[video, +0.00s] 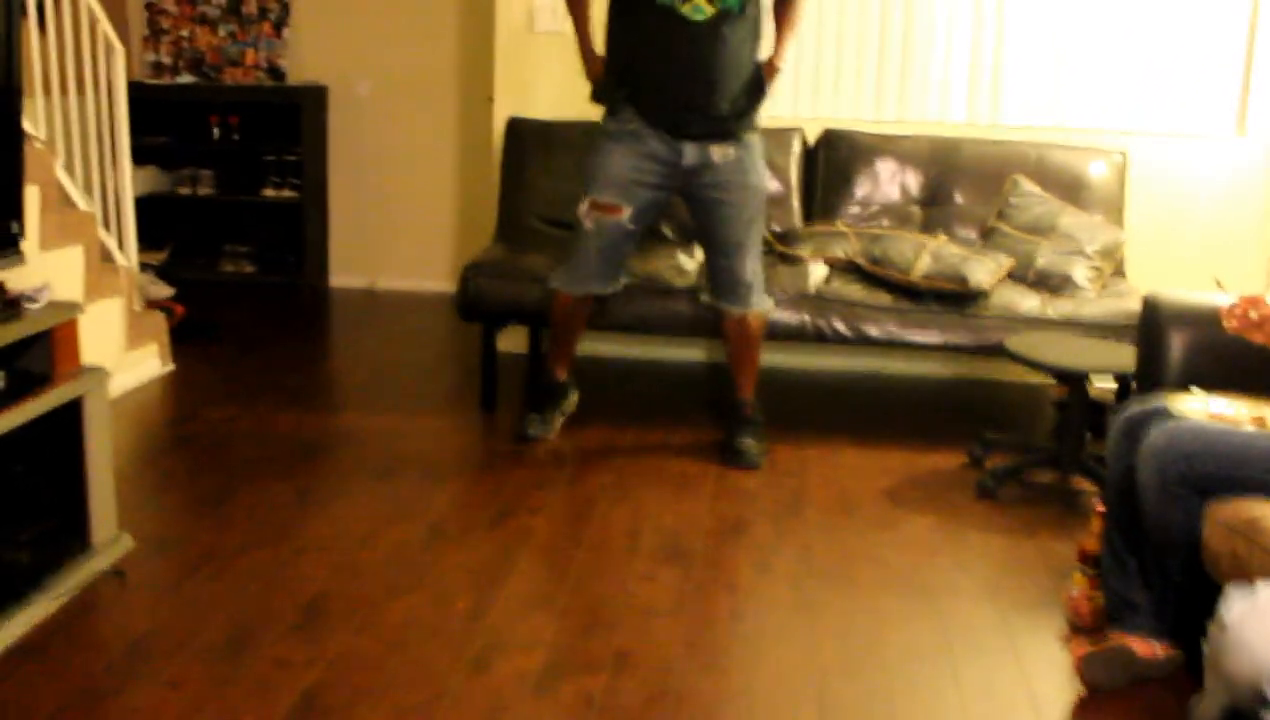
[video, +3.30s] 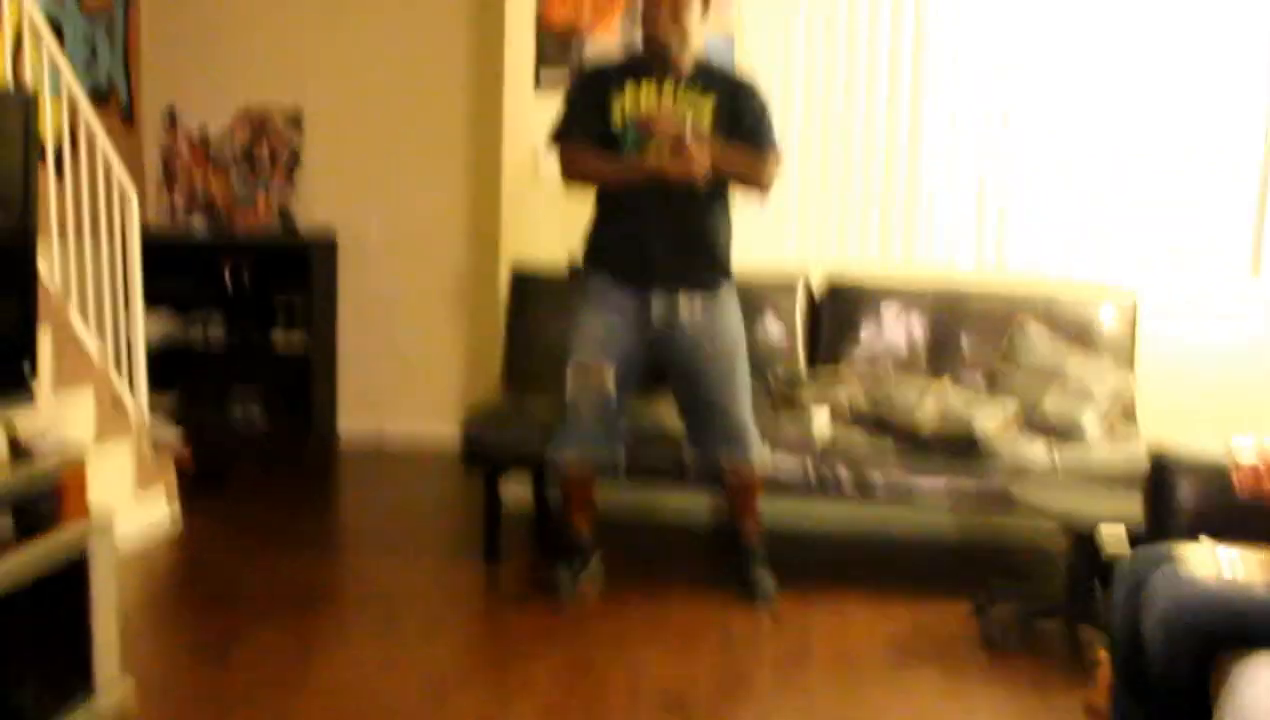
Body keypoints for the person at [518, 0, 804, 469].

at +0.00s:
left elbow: (788, 2)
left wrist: (776, 58)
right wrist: (590, 57)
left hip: (729, 131)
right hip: (638, 124)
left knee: (741, 287)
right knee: (584, 269)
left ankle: (745, 415)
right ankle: (555, 385)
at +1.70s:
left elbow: (751, 18)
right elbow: (562, 12)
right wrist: (640, 20)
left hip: (694, 134)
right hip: (602, 132)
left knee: (719, 281)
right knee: (572, 273)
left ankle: (724, 404)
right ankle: (560, 398)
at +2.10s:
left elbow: (777, 8)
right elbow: (549, 6)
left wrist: (749, 17)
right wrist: (550, 29)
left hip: (708, 138)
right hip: (616, 135)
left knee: (732, 288)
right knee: (579, 279)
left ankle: (737, 410)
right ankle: (565, 400)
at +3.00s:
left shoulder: (756, 3)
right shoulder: (615, 2)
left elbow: (808, 69)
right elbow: (593, 76)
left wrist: (808, 28)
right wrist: (568, 46)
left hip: (733, 177)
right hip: (639, 174)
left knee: (757, 321)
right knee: (596, 301)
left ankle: (754, 438)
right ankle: (577, 432)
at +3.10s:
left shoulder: (749, 5)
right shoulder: (612, 4)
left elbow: (764, 93)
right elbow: (621, 94)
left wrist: (768, 37)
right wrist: (596, 85)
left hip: (725, 189)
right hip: (634, 184)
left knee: (752, 336)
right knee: (595, 317)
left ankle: (753, 460)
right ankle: (576, 452)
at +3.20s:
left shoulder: (746, 21)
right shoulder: (609, 23)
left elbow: (765, 120)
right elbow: (587, 117)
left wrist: (719, 69)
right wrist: (637, 118)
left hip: (713, 226)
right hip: (623, 223)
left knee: (741, 374)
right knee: (594, 354)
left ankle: (750, 497)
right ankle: (578, 493)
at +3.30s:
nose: (666, 20)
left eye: (677, 9)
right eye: (656, 8)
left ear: (696, 16)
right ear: (641, 15)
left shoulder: (732, 95)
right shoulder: (600, 86)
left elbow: (763, 172)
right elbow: (573, 164)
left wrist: (703, 152)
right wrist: (648, 163)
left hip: (702, 281)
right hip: (615, 278)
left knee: (736, 427)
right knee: (583, 419)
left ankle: (750, 555)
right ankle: (578, 553)